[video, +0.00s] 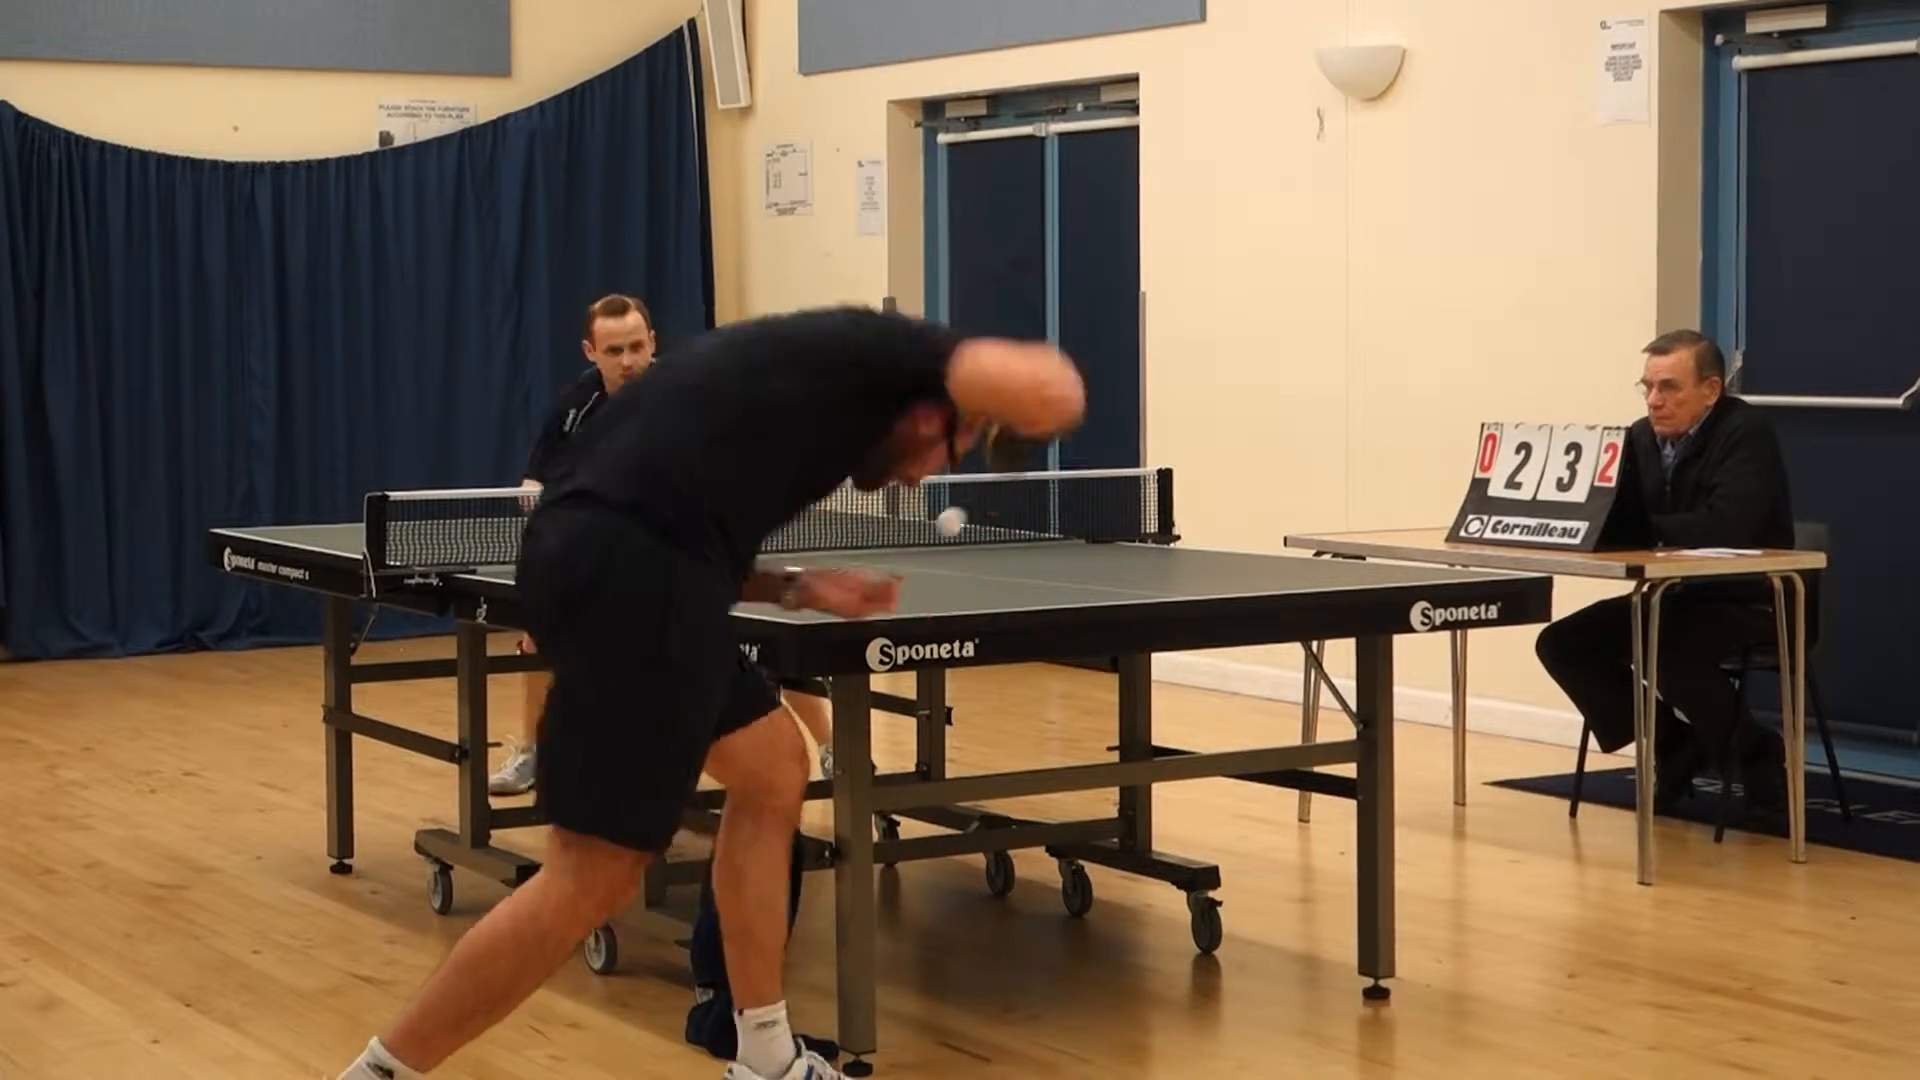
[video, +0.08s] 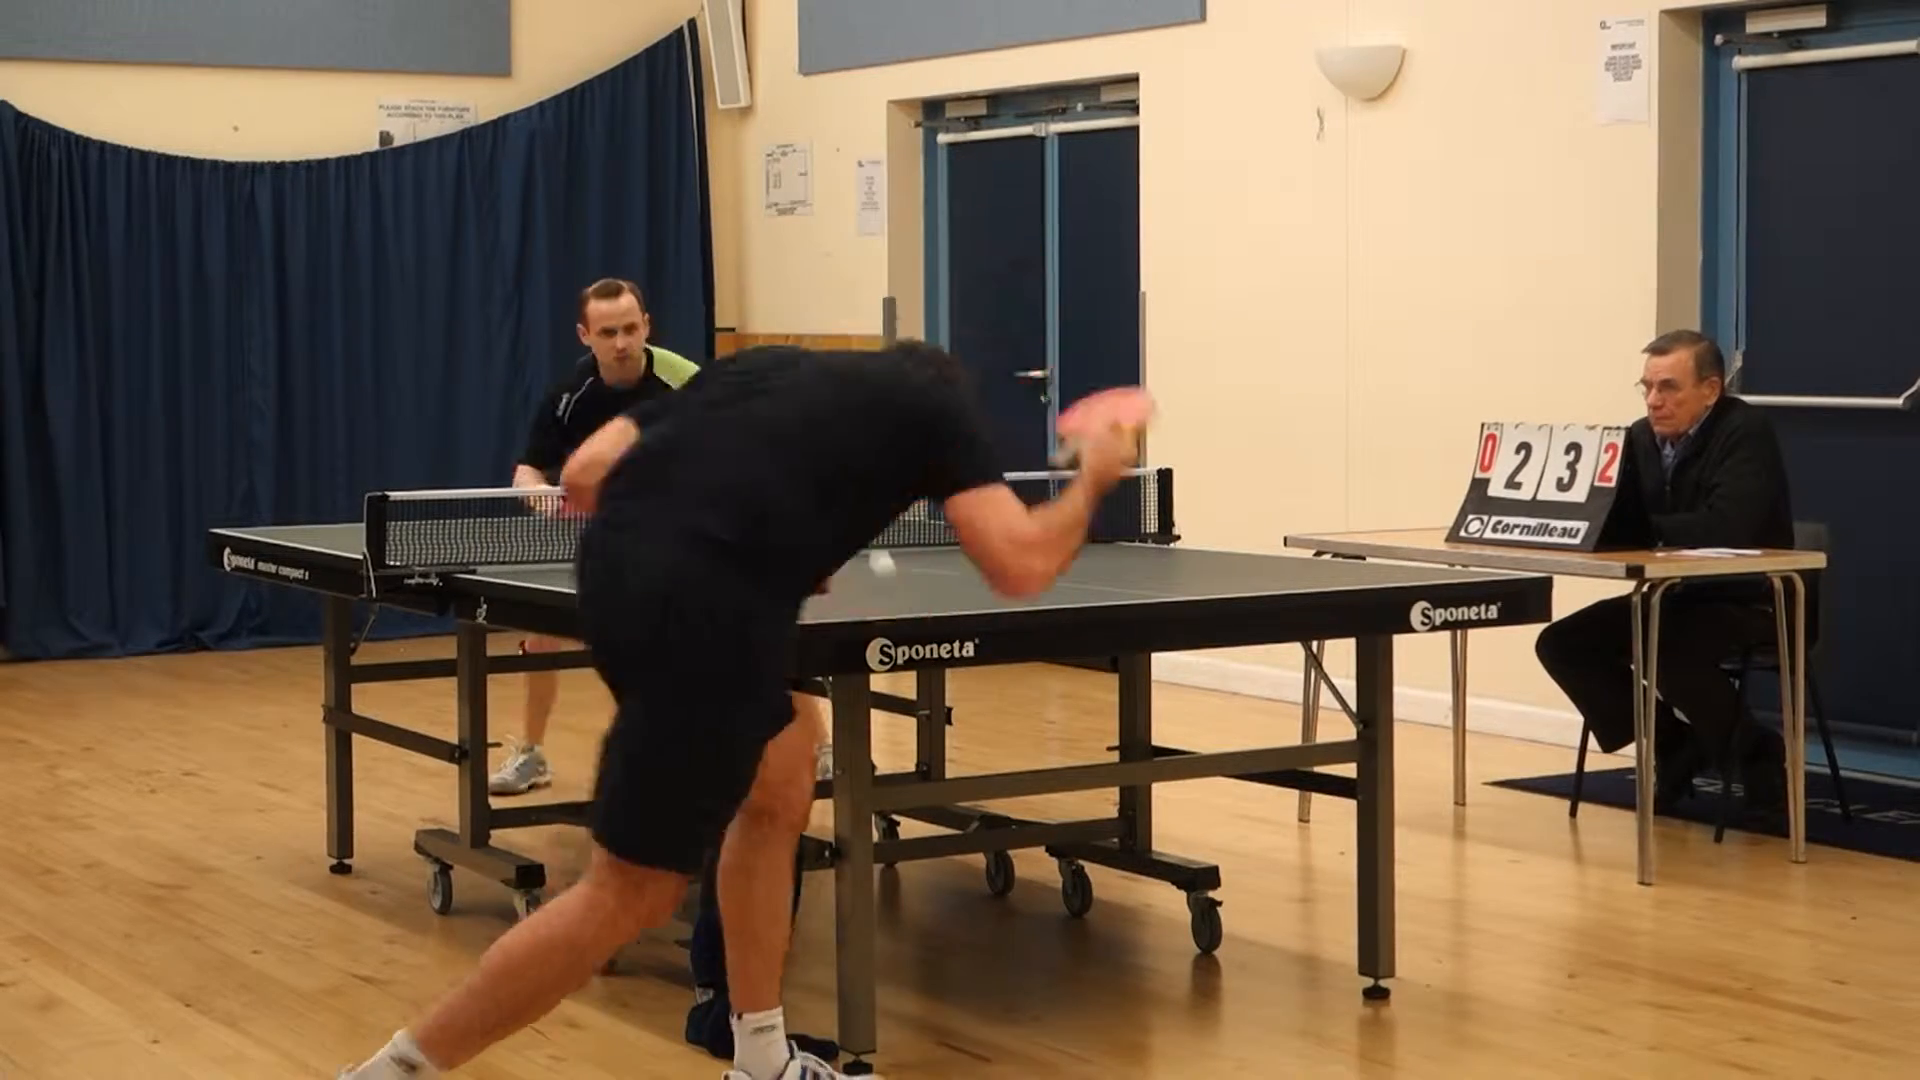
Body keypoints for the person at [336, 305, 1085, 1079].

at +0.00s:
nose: (926, 477)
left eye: (942, 467)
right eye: (944, 456)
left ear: (914, 419)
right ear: (933, 412)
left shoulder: (786, 412)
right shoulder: (882, 347)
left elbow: (693, 561)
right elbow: (1057, 393)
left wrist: (804, 586)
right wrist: (1000, 400)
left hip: (604, 562)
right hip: (621, 565)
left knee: (774, 770)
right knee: (594, 877)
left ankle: (766, 1051)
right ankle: (382, 1065)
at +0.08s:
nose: (963, 426)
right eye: (966, 408)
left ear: (871, 354)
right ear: (950, 380)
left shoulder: (759, 368)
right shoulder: (931, 393)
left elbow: (584, 473)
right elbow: (1020, 565)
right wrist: (1094, 473)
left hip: (614, 574)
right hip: (710, 608)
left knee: (787, 752)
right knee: (628, 890)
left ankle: (760, 1057)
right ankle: (401, 1063)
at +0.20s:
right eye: (984, 339)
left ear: (884, 307)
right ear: (976, 330)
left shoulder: (800, 330)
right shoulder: (986, 381)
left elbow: (636, 400)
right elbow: (1022, 580)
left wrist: (711, 497)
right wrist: (1085, 570)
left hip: (711, 567)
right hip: (831, 589)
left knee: (792, 814)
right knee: (886, 872)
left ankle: (765, 1055)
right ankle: (659, 1012)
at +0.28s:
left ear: (918, 275)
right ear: (1019, 297)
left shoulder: (840, 313)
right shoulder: (1032, 361)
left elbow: (686, 407)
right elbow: (1053, 574)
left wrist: (770, 480)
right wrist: (1110, 550)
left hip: (782, 576)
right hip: (918, 589)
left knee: (841, 797)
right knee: (1034, 829)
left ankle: (772, 1055)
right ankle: (948, 1019)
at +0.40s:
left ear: (988, 256)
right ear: (1095, 273)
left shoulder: (917, 320)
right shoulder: (1128, 354)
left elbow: (787, 443)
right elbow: (1178, 569)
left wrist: (863, 522)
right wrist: (1157, 519)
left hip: (899, 615)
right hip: (1044, 617)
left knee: (906, 827)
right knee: (1228, 831)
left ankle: (783, 1057)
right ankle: (1360, 1065)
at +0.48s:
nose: (1028, 247)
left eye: (1030, 236)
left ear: (1039, 242)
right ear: (1143, 249)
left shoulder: (987, 323)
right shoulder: (1204, 338)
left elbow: (894, 453)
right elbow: (1278, 549)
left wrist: (916, 533)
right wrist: (1227, 519)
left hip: (1016, 631)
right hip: (1172, 636)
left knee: (925, 843)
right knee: (1328, 857)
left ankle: (801, 1055)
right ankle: (1425, 1072)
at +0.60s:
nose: (1120, 213)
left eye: (1124, 201)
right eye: (1127, 201)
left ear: (1137, 209)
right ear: (1238, 212)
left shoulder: (1102, 296)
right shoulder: (1325, 301)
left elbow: (1004, 449)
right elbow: (1400, 513)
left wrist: (1017, 499)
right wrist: (1296, 532)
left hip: (1164, 607)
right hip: (1328, 610)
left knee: (1038, 819)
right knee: (1410, 845)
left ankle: (1000, 1062)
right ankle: (1458, 1071)